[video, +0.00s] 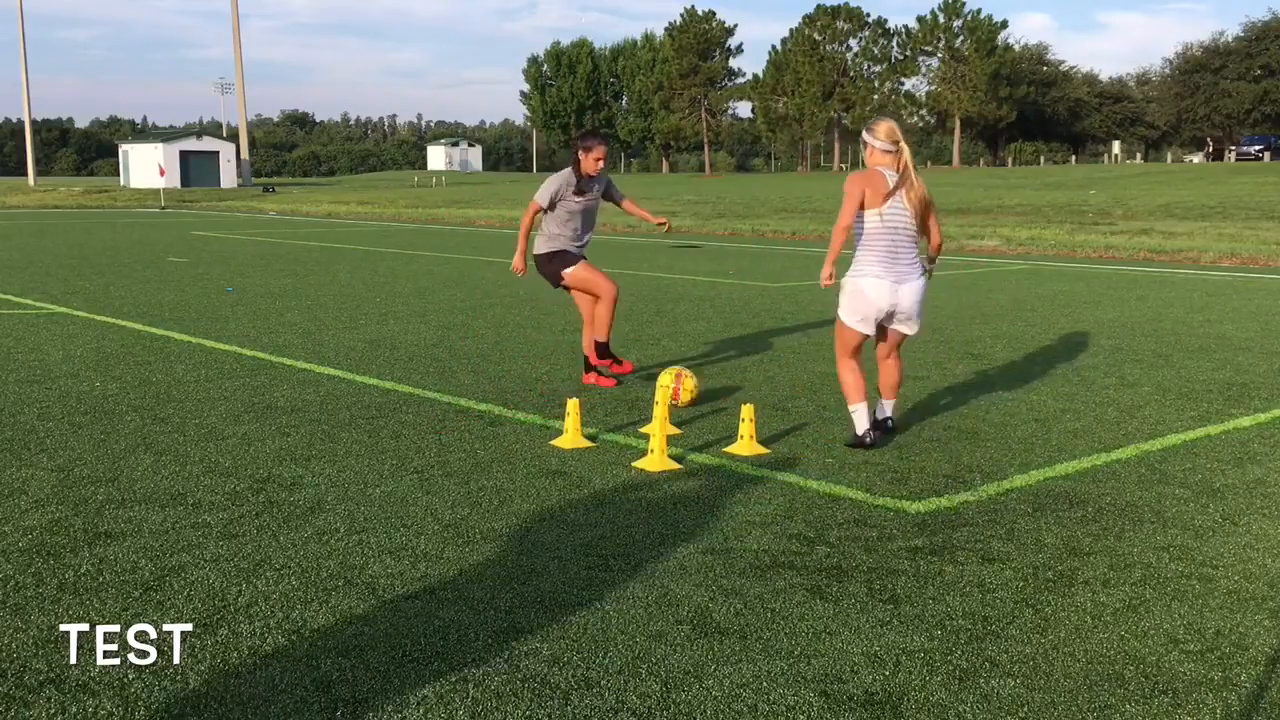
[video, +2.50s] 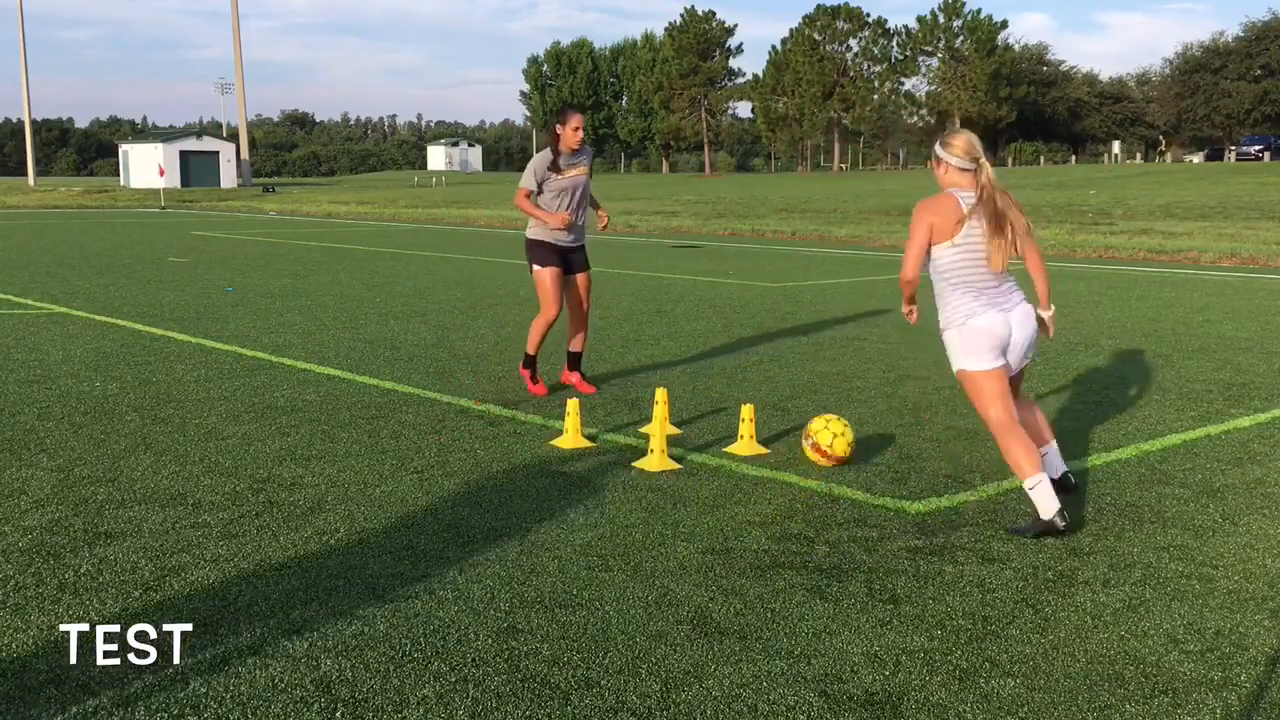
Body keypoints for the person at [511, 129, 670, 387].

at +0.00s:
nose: (602, 165)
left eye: (604, 159)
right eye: (597, 159)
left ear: (604, 158)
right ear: (580, 156)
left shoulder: (601, 180)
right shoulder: (560, 181)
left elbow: (621, 201)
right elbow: (530, 212)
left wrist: (651, 218)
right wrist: (520, 254)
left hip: (573, 253)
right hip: (551, 254)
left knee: (591, 314)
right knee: (607, 290)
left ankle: (590, 371)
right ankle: (602, 354)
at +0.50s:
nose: (534, 162)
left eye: (538, 156)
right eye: (529, 156)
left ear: (542, 154)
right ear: (514, 153)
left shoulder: (549, 180)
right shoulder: (497, 183)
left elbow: (556, 211)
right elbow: (480, 225)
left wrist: (579, 227)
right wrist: (486, 247)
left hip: (540, 266)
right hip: (503, 265)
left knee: (558, 334)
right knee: (494, 330)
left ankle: (555, 364)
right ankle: (482, 385)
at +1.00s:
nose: (527, 149)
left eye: (532, 142)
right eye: (521, 141)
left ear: (539, 141)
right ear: (508, 136)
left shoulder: (547, 170)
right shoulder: (487, 168)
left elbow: (566, 202)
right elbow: (454, 202)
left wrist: (576, 201)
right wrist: (442, 226)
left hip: (528, 259)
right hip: (487, 252)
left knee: (522, 330)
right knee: (481, 314)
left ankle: (512, 408)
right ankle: (452, 374)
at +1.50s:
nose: (526, 163)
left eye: (530, 157)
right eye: (520, 156)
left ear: (532, 159)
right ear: (502, 155)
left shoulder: (526, 189)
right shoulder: (482, 187)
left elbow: (512, 230)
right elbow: (449, 229)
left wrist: (531, 255)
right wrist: (446, 280)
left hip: (506, 277)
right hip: (474, 275)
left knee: (545, 334)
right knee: (481, 348)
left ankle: (509, 385)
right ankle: (440, 419)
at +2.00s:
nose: (546, 134)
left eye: (549, 128)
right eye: (540, 128)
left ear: (550, 131)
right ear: (523, 128)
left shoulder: (548, 160)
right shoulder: (506, 161)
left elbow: (541, 200)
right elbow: (483, 204)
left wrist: (552, 224)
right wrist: (522, 221)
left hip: (537, 248)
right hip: (505, 248)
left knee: (556, 315)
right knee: (512, 325)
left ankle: (528, 380)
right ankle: (483, 388)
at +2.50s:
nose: (581, 135)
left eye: (583, 129)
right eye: (576, 129)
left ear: (583, 132)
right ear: (559, 130)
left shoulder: (585, 155)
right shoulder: (542, 160)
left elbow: (581, 189)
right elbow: (520, 199)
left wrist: (598, 209)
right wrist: (549, 217)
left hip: (574, 242)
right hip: (544, 241)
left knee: (580, 309)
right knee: (551, 309)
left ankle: (572, 371)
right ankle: (527, 366)